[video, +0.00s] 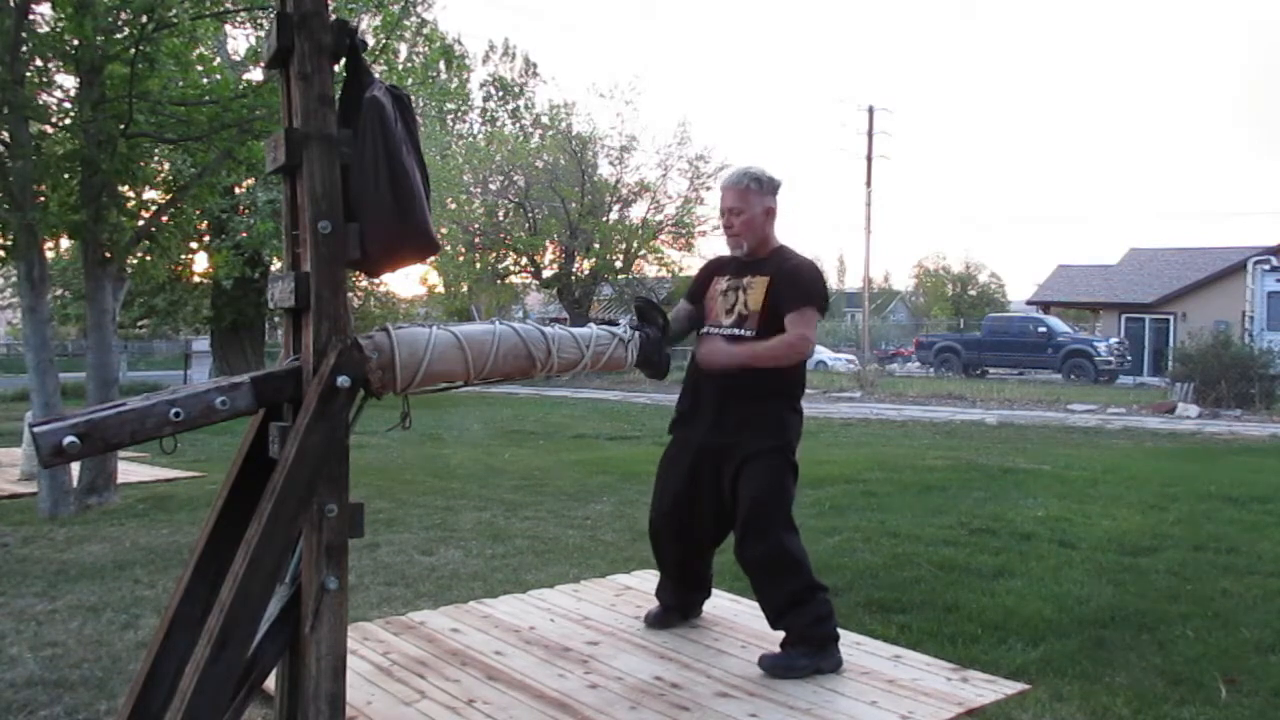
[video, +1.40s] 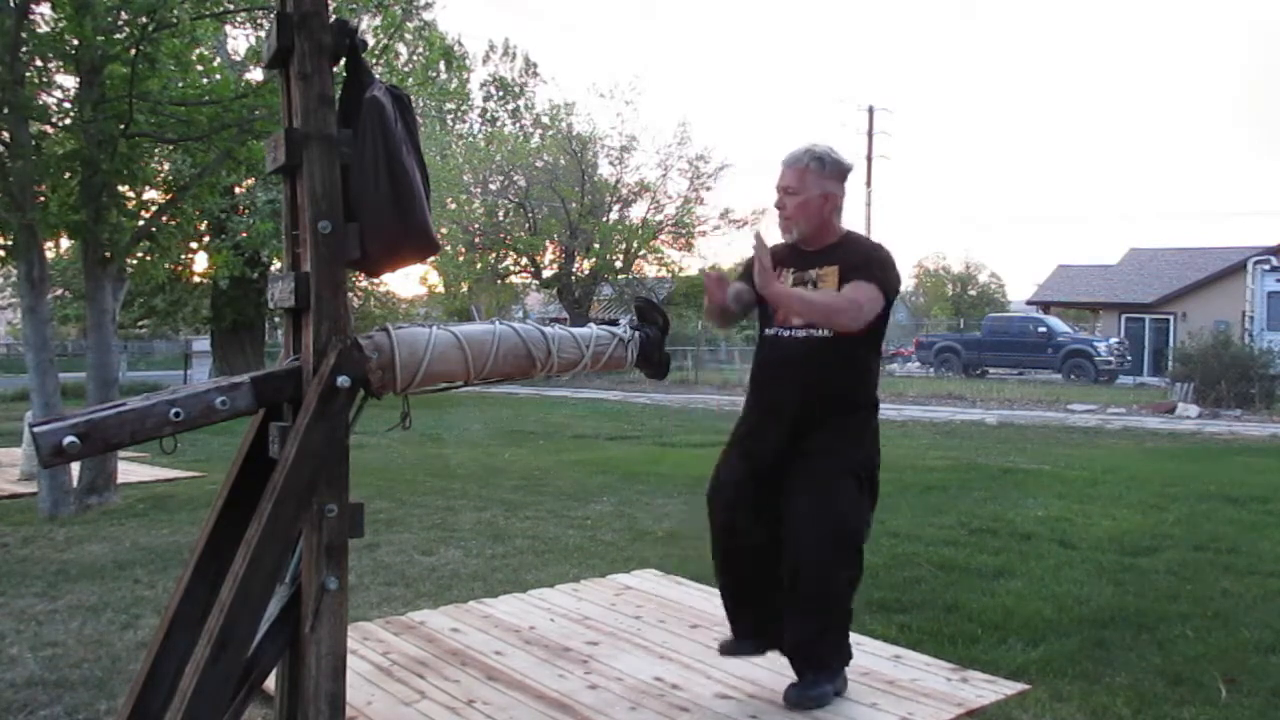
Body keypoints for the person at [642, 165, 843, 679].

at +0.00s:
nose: (730, 222)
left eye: (741, 213)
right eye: (725, 212)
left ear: (771, 212)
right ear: (721, 212)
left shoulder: (797, 273)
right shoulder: (714, 272)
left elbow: (800, 343)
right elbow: (677, 322)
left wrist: (730, 353)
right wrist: (654, 330)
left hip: (763, 426)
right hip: (700, 421)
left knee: (763, 532)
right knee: (674, 516)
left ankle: (815, 642)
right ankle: (681, 599)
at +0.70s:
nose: (705, 223)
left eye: (717, 214)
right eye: (703, 213)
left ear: (748, 218)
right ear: (700, 215)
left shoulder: (774, 275)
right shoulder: (687, 280)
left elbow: (793, 353)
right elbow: (643, 334)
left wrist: (770, 409)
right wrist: (607, 385)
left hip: (756, 423)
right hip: (696, 424)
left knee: (758, 526)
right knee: (675, 515)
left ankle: (800, 637)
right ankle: (684, 603)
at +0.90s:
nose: (717, 224)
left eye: (729, 215)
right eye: (714, 214)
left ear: (761, 217)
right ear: (710, 216)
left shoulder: (794, 281)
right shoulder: (694, 281)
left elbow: (820, 354)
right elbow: (652, 342)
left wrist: (830, 422)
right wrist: (616, 395)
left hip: (768, 440)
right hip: (702, 436)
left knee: (785, 538)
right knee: (678, 523)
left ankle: (818, 652)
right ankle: (684, 603)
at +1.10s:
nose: (744, 219)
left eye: (757, 211)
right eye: (742, 210)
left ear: (792, 215)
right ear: (742, 212)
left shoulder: (829, 279)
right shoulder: (722, 280)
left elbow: (861, 355)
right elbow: (698, 357)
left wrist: (867, 415)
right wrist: (684, 421)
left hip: (800, 439)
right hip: (733, 433)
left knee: (800, 544)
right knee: (709, 522)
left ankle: (820, 665)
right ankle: (689, 603)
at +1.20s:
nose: (761, 213)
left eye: (775, 205)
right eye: (760, 203)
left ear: (811, 210)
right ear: (759, 205)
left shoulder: (851, 271)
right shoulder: (742, 276)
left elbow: (873, 336)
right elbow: (712, 346)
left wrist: (840, 373)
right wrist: (715, 406)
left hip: (821, 431)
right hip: (755, 427)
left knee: (809, 536)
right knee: (724, 515)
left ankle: (820, 667)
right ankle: (708, 602)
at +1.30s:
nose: (769, 209)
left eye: (782, 200)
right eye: (769, 198)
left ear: (821, 204)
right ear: (774, 201)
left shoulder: (862, 267)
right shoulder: (754, 271)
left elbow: (871, 329)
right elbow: (721, 330)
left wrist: (806, 332)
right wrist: (725, 356)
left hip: (830, 432)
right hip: (760, 428)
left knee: (815, 535)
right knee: (730, 519)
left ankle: (821, 666)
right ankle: (734, 613)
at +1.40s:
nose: (779, 204)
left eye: (792, 195)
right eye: (779, 193)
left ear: (832, 199)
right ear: (783, 195)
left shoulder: (869, 260)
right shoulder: (771, 262)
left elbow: (852, 313)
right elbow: (727, 311)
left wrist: (781, 295)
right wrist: (718, 298)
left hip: (837, 435)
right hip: (765, 427)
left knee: (821, 539)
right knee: (733, 509)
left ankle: (822, 667)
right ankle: (760, 626)